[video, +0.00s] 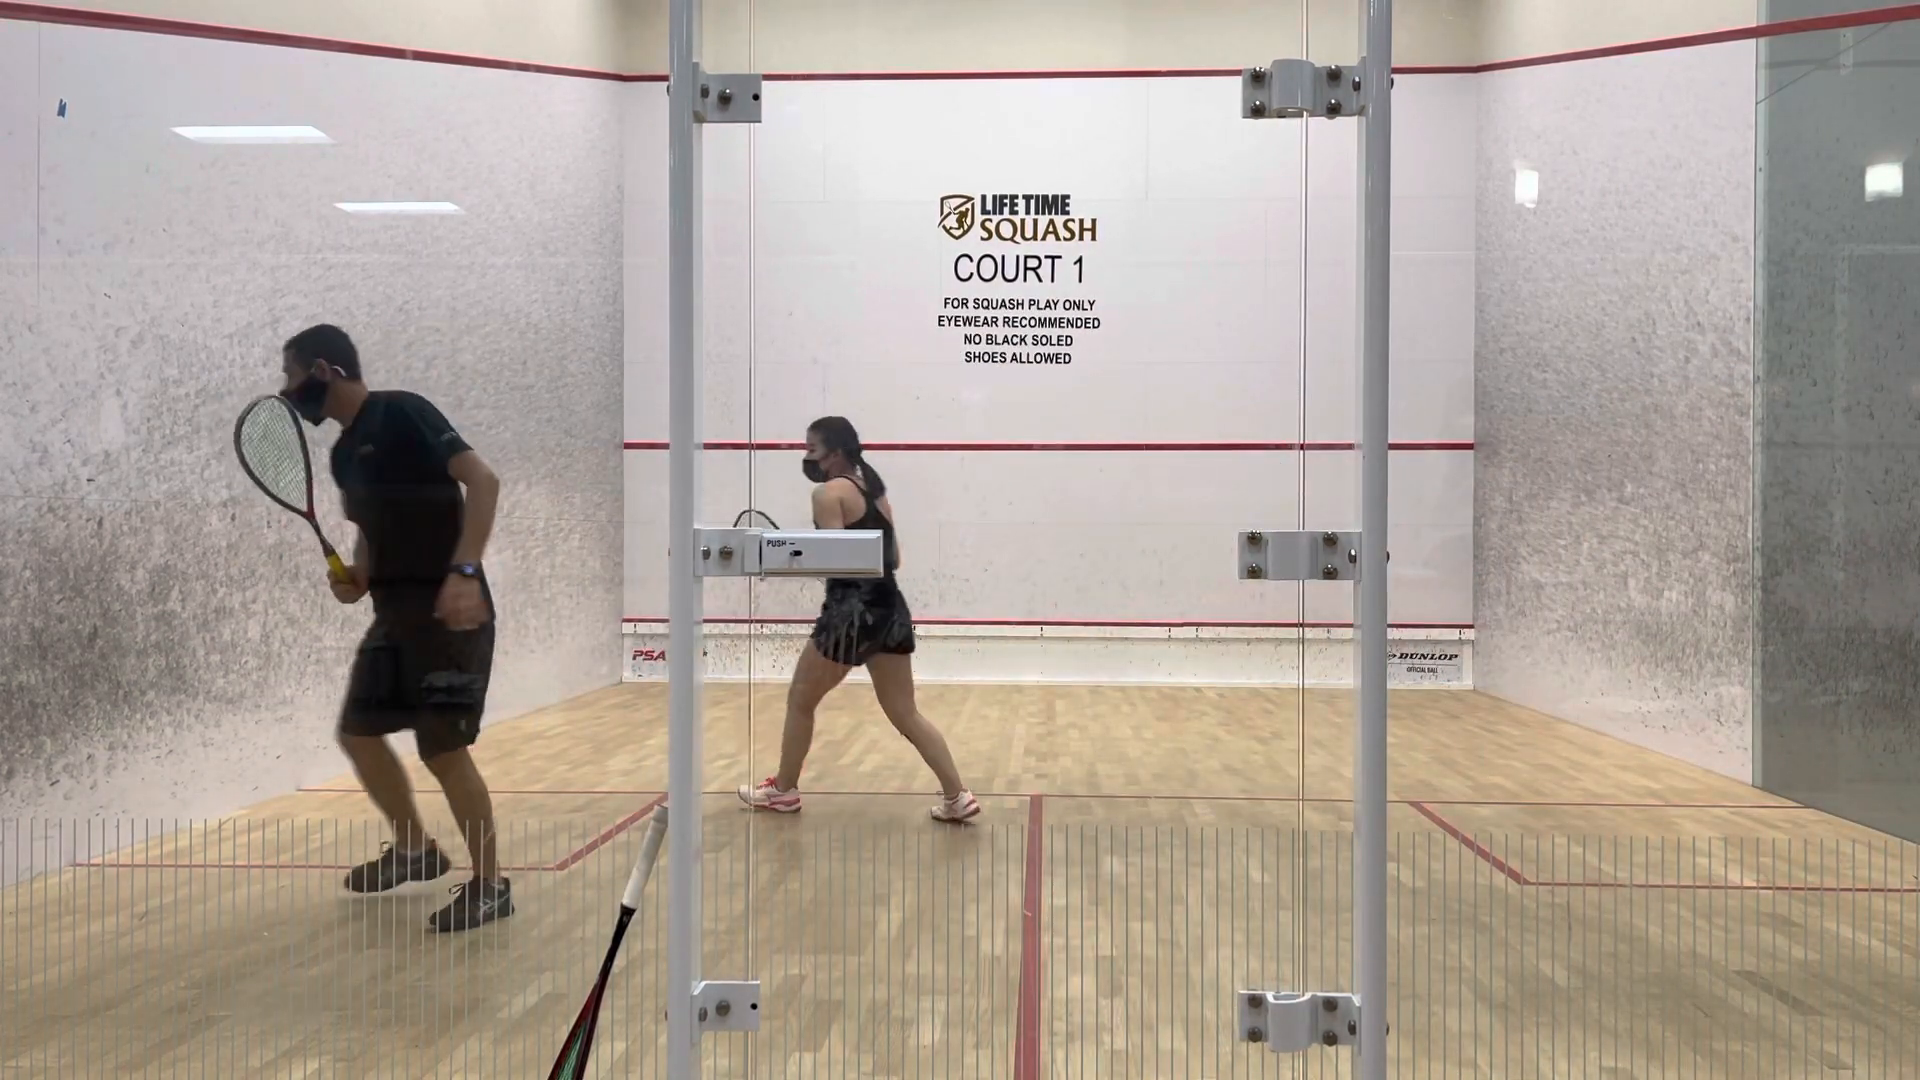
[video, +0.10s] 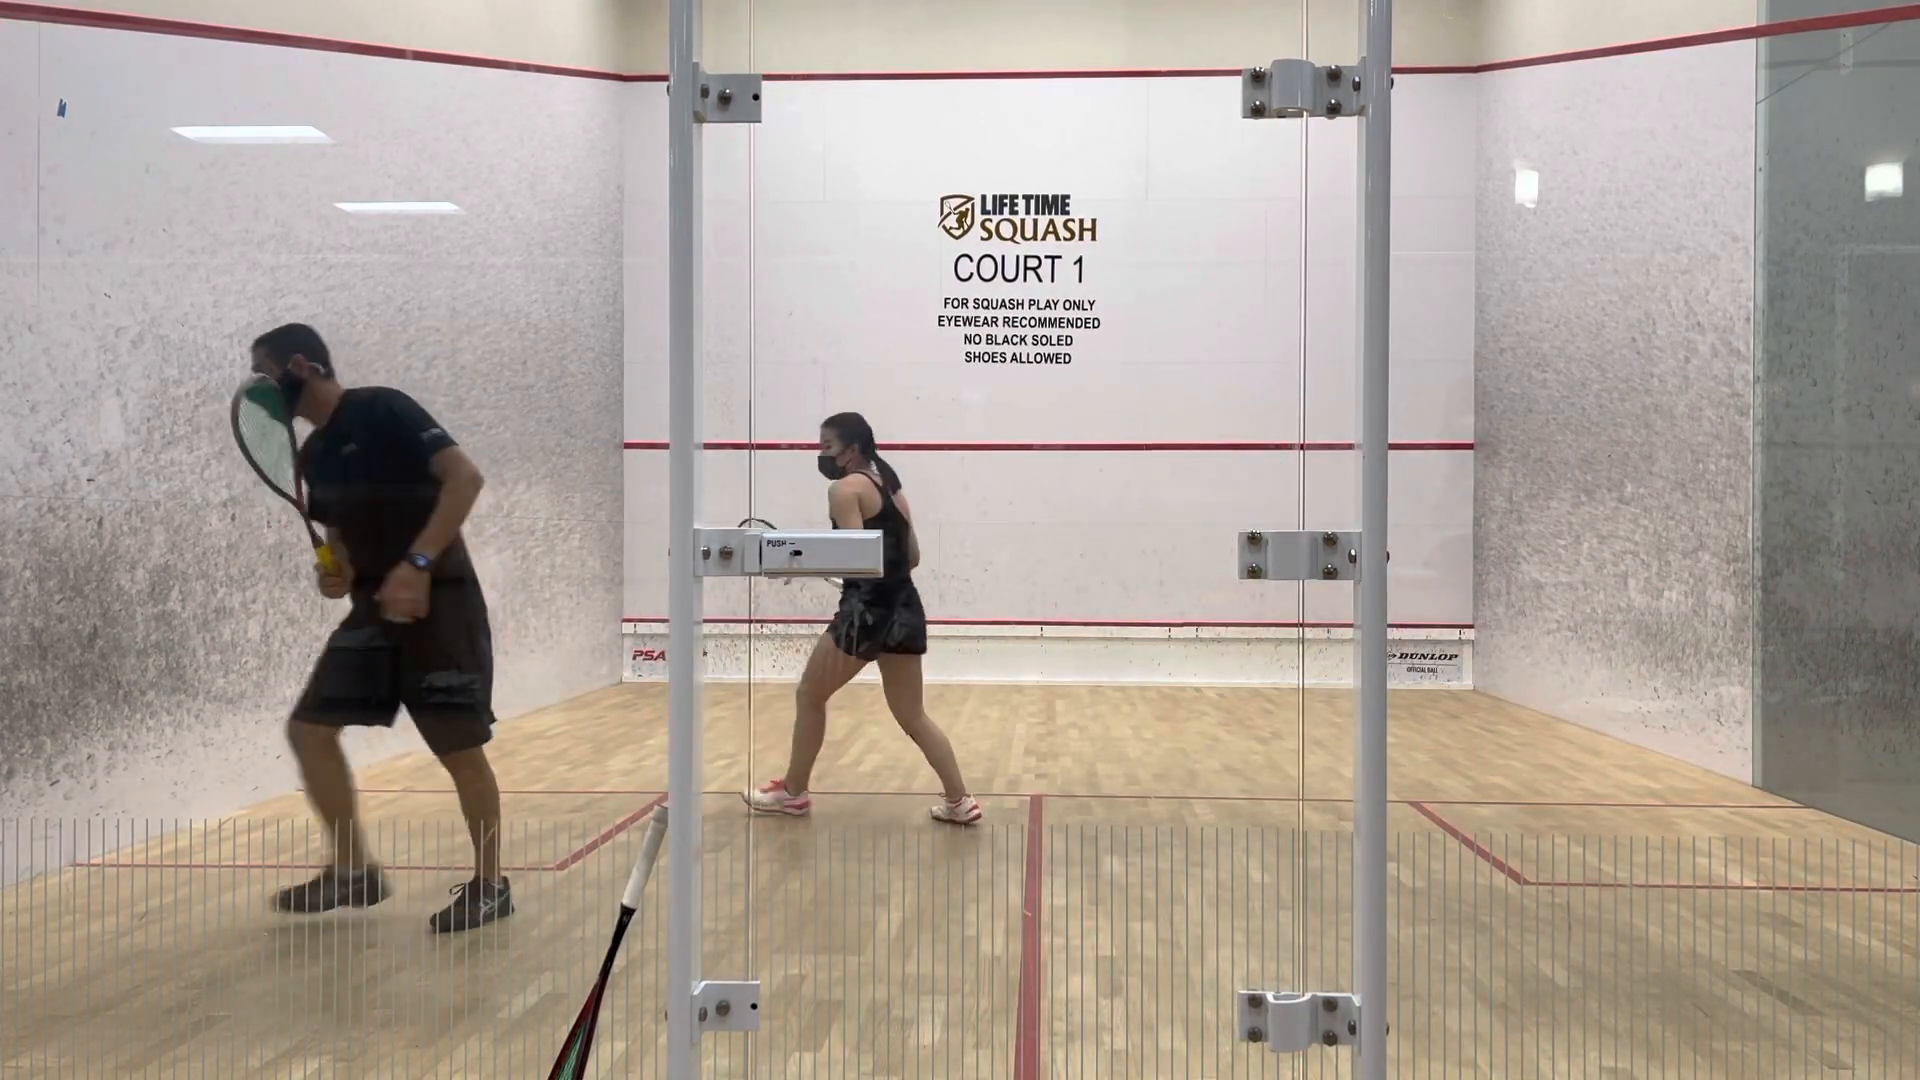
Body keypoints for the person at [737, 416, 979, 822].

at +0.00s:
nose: (807, 457)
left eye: (813, 450)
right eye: (808, 450)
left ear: (836, 452)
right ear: (845, 453)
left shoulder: (828, 493)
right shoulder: (874, 489)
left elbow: (832, 558)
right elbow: (893, 559)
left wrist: (779, 556)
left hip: (848, 615)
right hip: (889, 612)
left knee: (801, 699)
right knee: (904, 713)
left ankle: (784, 788)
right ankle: (957, 795)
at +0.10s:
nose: (821, 454)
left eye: (827, 447)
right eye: (821, 447)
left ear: (853, 449)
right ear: (858, 450)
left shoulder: (845, 489)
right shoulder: (888, 482)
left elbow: (853, 559)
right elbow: (912, 556)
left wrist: (797, 560)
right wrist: (862, 573)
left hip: (866, 614)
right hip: (903, 610)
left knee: (810, 693)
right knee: (911, 714)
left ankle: (793, 790)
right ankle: (960, 800)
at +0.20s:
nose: (828, 446)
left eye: (834, 438)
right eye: (827, 438)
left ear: (858, 439)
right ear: (866, 441)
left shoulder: (850, 480)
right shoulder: (900, 478)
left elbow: (850, 551)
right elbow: (924, 548)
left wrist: (796, 553)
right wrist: (881, 573)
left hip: (868, 607)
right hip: (908, 604)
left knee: (810, 692)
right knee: (916, 710)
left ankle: (819, 793)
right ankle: (960, 799)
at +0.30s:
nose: (827, 443)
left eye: (833, 435)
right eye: (826, 435)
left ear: (857, 437)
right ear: (867, 439)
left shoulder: (846, 481)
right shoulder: (904, 479)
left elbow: (835, 553)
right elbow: (928, 544)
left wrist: (787, 553)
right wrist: (888, 567)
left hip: (865, 607)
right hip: (910, 605)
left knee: (820, 704)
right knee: (918, 710)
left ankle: (821, 797)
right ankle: (961, 799)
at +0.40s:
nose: (818, 446)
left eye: (823, 438)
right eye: (818, 438)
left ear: (848, 440)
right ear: (860, 440)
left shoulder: (834, 485)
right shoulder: (899, 485)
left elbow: (815, 555)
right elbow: (925, 547)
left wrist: (772, 554)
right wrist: (886, 569)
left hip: (859, 613)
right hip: (906, 611)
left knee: (826, 716)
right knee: (920, 713)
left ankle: (817, 818)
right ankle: (962, 802)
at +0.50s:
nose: (806, 446)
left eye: (812, 437)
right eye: (806, 437)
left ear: (839, 438)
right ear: (851, 438)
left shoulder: (821, 482)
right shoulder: (892, 479)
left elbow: (807, 552)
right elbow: (918, 543)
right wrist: (881, 564)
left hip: (855, 604)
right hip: (905, 602)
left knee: (824, 713)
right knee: (926, 710)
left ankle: (816, 820)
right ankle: (961, 800)